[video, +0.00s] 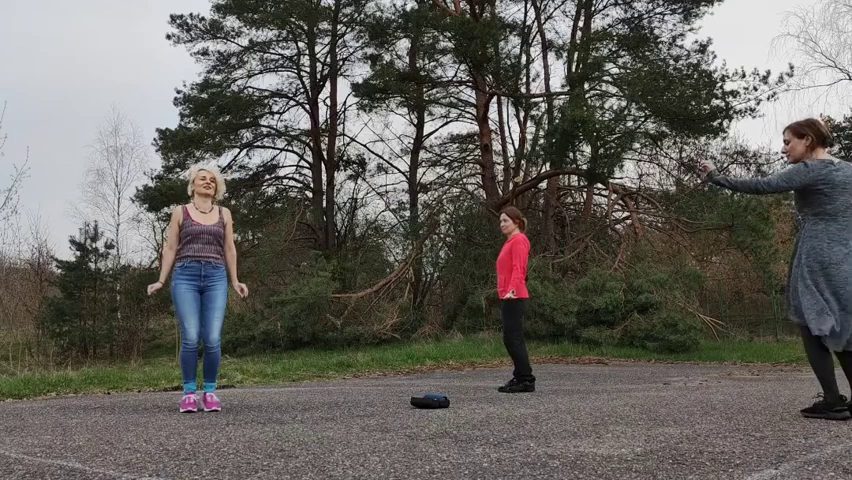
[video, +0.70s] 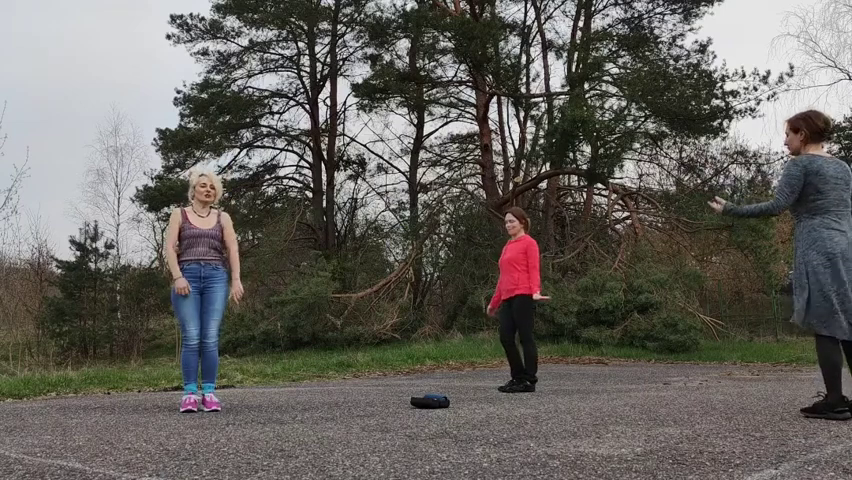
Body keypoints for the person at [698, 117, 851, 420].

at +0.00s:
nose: (784, 149)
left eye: (788, 142)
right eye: (784, 143)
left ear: (807, 140)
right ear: (812, 142)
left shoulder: (808, 170)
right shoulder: (844, 168)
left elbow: (764, 185)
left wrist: (715, 177)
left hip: (817, 256)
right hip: (845, 255)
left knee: (809, 325)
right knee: (840, 328)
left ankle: (833, 399)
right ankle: (848, 396)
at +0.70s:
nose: (786, 140)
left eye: (789, 134)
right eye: (786, 134)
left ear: (804, 134)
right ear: (816, 135)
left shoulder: (800, 164)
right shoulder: (844, 166)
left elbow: (778, 205)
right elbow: (844, 208)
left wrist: (729, 209)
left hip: (818, 250)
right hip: (847, 249)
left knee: (824, 326)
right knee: (841, 325)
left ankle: (834, 398)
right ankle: (839, 398)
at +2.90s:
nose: (775, 144)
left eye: (779, 138)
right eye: (777, 138)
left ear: (789, 141)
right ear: (811, 142)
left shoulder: (780, 177)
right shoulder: (835, 176)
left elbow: (777, 230)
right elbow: (845, 225)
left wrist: (768, 270)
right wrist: (843, 253)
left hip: (802, 255)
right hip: (839, 252)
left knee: (809, 327)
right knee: (836, 325)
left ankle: (833, 399)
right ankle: (847, 389)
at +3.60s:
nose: (757, 161)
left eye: (758, 156)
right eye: (757, 155)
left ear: (766, 157)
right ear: (787, 157)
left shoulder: (760, 187)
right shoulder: (805, 186)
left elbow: (761, 226)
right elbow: (815, 233)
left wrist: (764, 260)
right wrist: (808, 257)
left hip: (777, 262)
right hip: (809, 261)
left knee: (769, 324)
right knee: (812, 326)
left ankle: (780, 388)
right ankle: (820, 395)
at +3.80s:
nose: (745, 168)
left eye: (747, 164)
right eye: (745, 163)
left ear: (755, 165)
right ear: (775, 165)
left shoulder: (747, 194)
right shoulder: (791, 193)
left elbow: (748, 224)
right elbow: (799, 235)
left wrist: (752, 253)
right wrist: (788, 255)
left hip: (760, 265)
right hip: (790, 263)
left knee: (763, 329)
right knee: (786, 326)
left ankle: (778, 393)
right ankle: (811, 376)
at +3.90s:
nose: (737, 171)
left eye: (740, 167)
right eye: (738, 166)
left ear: (748, 169)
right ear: (768, 169)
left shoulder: (741, 196)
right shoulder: (782, 196)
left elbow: (739, 226)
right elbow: (799, 236)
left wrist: (737, 253)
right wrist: (800, 266)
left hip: (756, 270)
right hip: (785, 268)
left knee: (758, 332)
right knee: (779, 327)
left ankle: (779, 394)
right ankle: (798, 378)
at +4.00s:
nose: (733, 174)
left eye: (734, 170)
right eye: (733, 169)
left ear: (741, 172)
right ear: (761, 172)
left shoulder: (735, 198)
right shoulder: (777, 200)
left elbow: (731, 224)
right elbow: (800, 235)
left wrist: (730, 250)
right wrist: (819, 263)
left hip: (752, 270)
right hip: (780, 269)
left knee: (758, 329)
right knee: (771, 327)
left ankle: (778, 393)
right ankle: (772, 388)